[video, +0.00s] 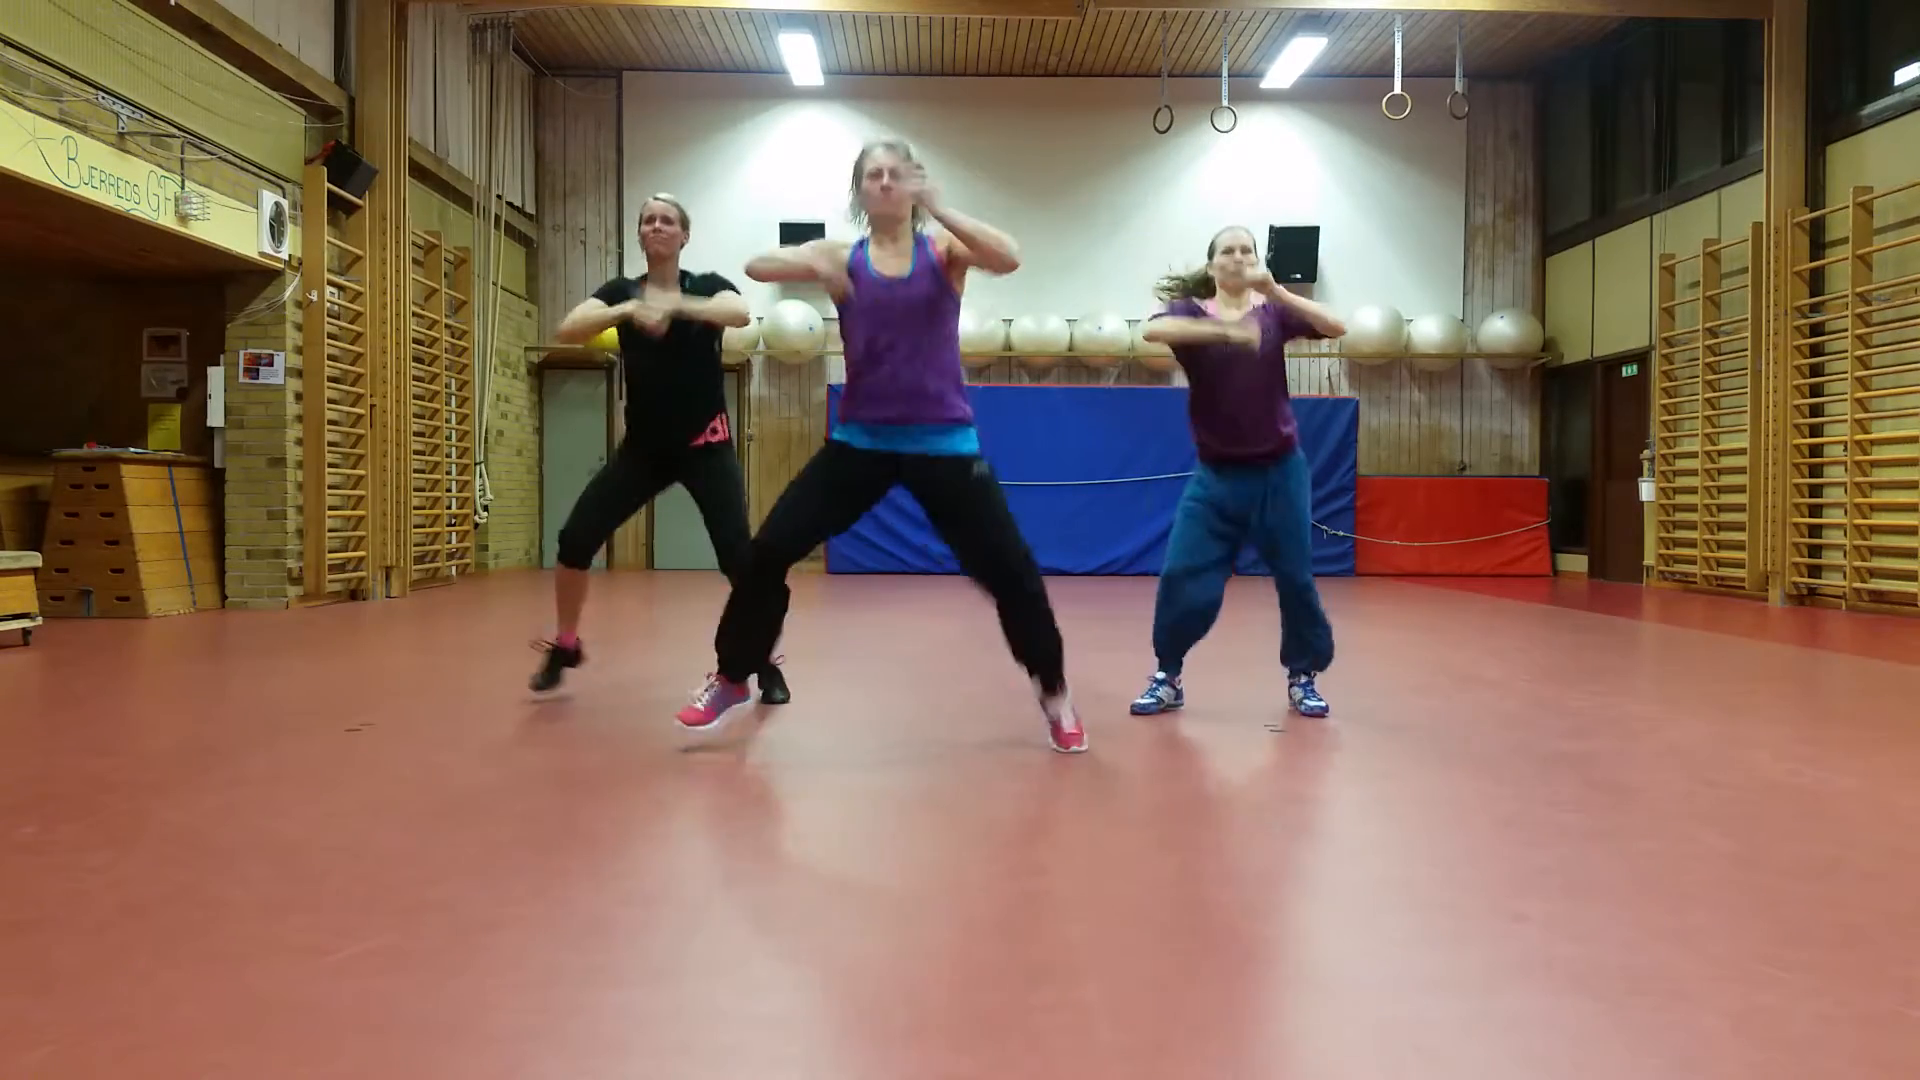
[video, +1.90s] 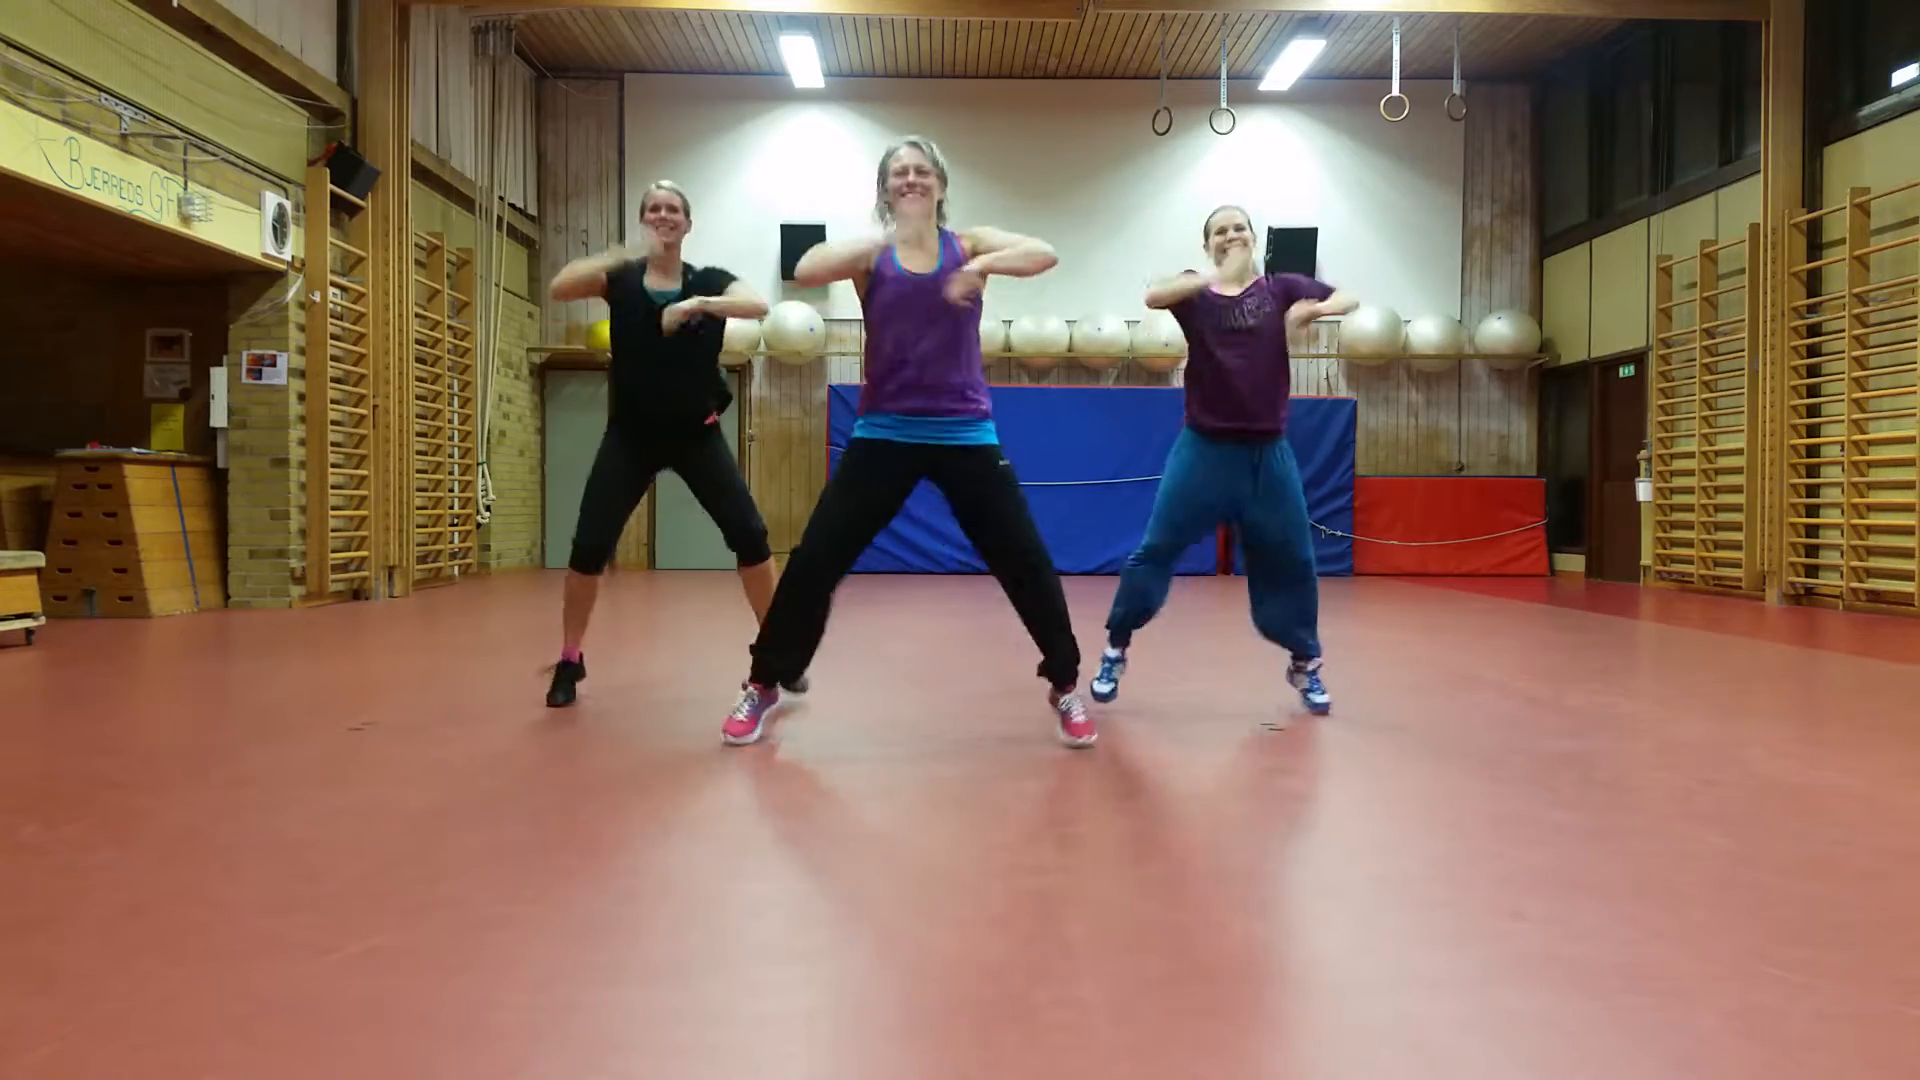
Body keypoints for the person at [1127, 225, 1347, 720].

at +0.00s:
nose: (1239, 258)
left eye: (1247, 251)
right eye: (1228, 251)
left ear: (1259, 263)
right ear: (1211, 263)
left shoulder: (1274, 312)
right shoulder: (1191, 311)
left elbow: (1335, 327)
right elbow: (1154, 331)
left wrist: (1279, 291)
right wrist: (1223, 328)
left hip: (1280, 465)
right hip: (1216, 468)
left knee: (1295, 576)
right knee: (1179, 571)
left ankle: (1303, 678)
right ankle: (1167, 679)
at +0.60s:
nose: (1238, 240)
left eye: (1246, 233)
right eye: (1228, 234)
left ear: (1260, 247)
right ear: (1213, 249)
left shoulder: (1283, 304)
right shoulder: (1188, 311)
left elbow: (1331, 368)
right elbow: (1145, 375)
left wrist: (1328, 354)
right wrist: (1157, 336)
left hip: (1267, 461)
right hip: (1203, 459)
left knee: (1274, 570)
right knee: (1168, 557)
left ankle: (1280, 681)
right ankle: (1146, 668)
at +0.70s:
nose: (1236, 231)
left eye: (1245, 224)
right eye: (1226, 225)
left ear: (1258, 238)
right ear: (1209, 240)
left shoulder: (1279, 296)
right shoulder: (1179, 296)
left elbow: (1324, 353)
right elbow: (1135, 343)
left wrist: (1324, 388)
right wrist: (1139, 371)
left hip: (1260, 453)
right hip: (1195, 452)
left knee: (1279, 560)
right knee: (1167, 556)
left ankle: (1287, 668)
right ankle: (1134, 657)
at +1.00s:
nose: (1231, 254)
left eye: (1240, 246)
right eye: (1222, 246)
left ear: (1252, 256)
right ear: (1206, 259)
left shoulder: (1278, 312)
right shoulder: (1187, 326)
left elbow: (1317, 377)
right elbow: (1152, 396)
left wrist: (1300, 423)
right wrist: (1189, 355)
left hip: (1264, 468)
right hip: (1198, 466)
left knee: (1280, 575)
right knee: (1152, 557)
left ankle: (1287, 680)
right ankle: (1128, 668)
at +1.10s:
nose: (1233, 236)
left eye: (1240, 229)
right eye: (1222, 230)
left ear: (1253, 241)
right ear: (1207, 244)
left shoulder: (1277, 299)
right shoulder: (1185, 299)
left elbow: (1320, 352)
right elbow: (1149, 351)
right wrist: (1215, 340)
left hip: (1264, 451)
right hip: (1198, 451)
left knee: (1287, 558)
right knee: (1153, 549)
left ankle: (1305, 668)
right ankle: (1127, 657)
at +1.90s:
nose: (1232, 235)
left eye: (1240, 228)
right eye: (1222, 231)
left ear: (1255, 240)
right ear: (1208, 247)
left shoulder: (1282, 287)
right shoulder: (1195, 294)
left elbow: (1348, 300)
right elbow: (1154, 296)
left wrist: (1314, 309)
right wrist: (1208, 278)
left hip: (1269, 449)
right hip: (1203, 447)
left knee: (1294, 556)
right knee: (1157, 547)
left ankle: (1305, 664)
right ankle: (1115, 650)